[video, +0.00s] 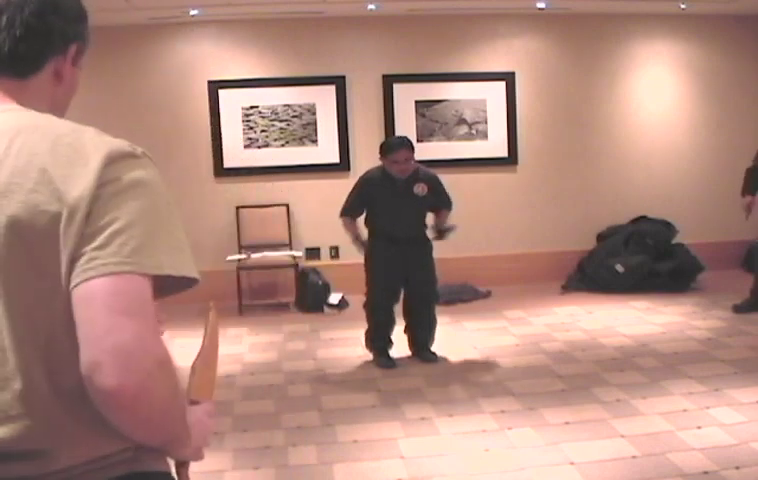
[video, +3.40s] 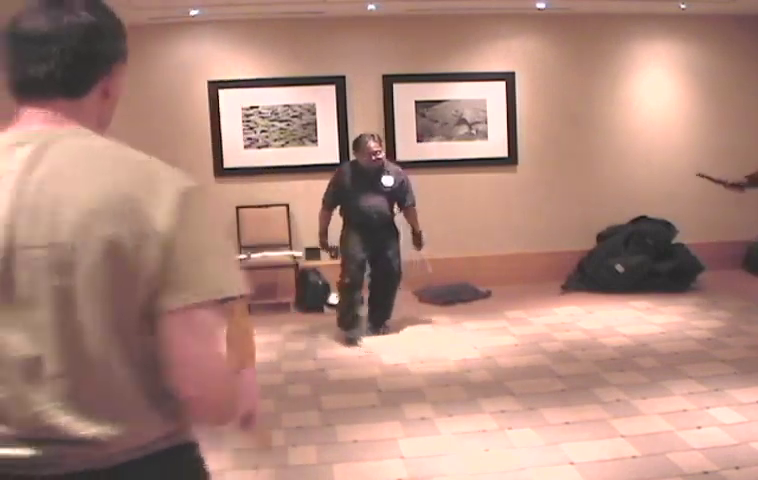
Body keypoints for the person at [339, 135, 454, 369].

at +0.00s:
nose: (403, 167)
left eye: (407, 161)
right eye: (396, 162)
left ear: (414, 157)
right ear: (384, 162)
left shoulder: (427, 179)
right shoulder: (371, 180)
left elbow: (443, 206)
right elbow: (347, 215)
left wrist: (439, 227)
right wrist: (358, 241)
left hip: (417, 248)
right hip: (381, 248)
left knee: (423, 297)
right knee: (380, 300)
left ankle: (421, 346)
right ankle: (379, 349)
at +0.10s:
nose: (403, 166)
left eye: (407, 160)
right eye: (396, 162)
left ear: (415, 157)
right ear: (385, 161)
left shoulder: (430, 179)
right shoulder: (373, 179)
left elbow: (439, 210)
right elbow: (354, 212)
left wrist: (418, 228)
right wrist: (379, 224)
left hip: (416, 244)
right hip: (381, 245)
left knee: (422, 296)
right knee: (378, 297)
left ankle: (421, 345)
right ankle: (379, 348)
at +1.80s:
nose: (415, 175)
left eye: (422, 169)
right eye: (410, 169)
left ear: (434, 167)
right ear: (402, 167)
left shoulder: (443, 191)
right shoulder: (388, 181)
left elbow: (442, 231)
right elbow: (367, 208)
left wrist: (423, 257)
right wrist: (375, 232)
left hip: (422, 252)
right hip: (386, 249)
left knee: (425, 306)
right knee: (371, 298)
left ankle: (423, 358)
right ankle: (366, 337)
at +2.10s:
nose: (406, 166)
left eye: (411, 161)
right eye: (399, 162)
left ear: (421, 162)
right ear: (390, 163)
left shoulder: (431, 186)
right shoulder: (377, 182)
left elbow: (447, 228)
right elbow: (354, 216)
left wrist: (455, 261)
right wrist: (349, 247)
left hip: (415, 251)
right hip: (379, 251)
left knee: (424, 304)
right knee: (371, 300)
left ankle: (423, 357)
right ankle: (374, 339)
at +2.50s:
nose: (377, 162)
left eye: (380, 156)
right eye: (370, 159)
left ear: (387, 154)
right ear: (359, 162)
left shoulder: (404, 179)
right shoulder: (348, 183)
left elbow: (426, 215)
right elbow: (331, 218)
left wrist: (441, 242)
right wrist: (332, 248)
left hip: (400, 245)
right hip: (364, 248)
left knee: (412, 296)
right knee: (369, 299)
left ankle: (421, 345)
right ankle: (378, 339)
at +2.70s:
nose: (374, 155)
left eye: (375, 149)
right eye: (366, 153)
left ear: (379, 148)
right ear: (354, 157)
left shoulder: (399, 173)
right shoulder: (345, 179)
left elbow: (412, 210)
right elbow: (328, 215)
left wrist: (413, 244)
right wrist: (330, 246)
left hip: (396, 237)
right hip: (364, 240)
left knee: (409, 283)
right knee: (370, 290)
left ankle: (402, 328)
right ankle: (377, 336)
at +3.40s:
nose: (378, 156)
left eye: (379, 152)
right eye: (372, 154)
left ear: (383, 150)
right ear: (358, 156)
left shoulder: (394, 173)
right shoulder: (345, 174)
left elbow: (408, 205)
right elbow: (327, 206)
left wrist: (416, 231)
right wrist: (323, 236)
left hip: (385, 230)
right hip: (355, 231)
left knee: (390, 273)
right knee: (352, 275)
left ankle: (378, 322)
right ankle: (351, 327)